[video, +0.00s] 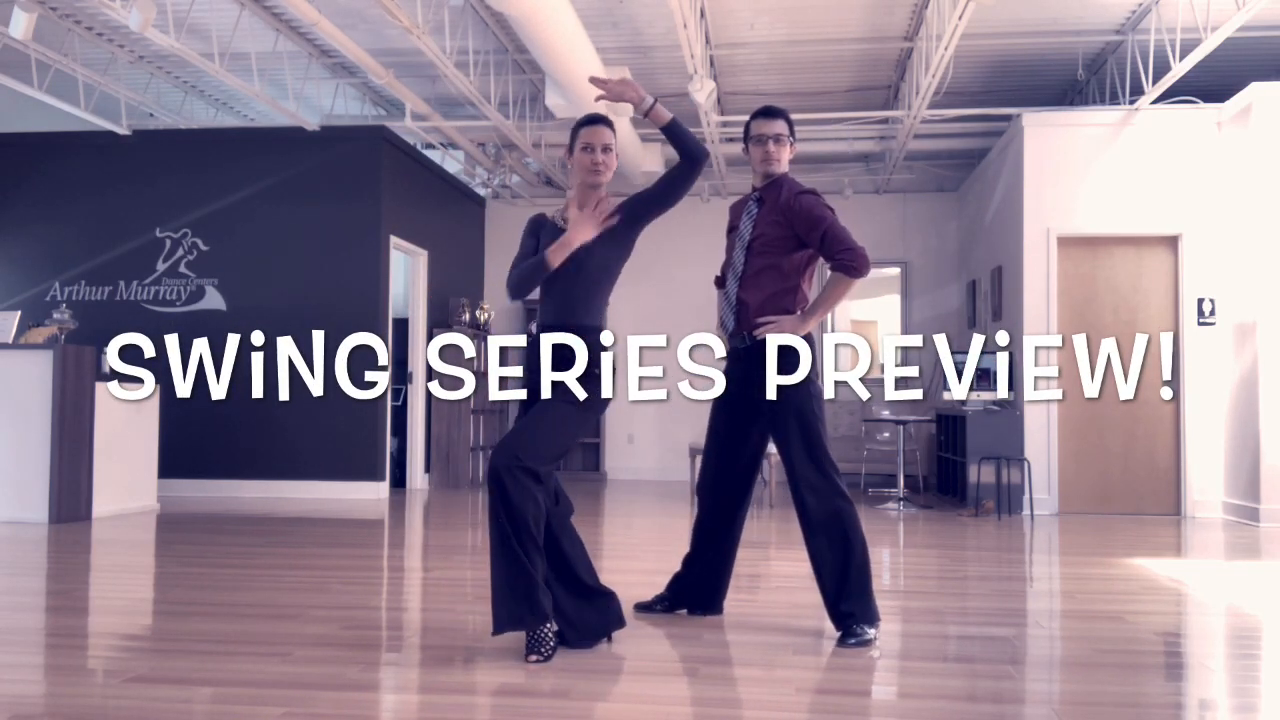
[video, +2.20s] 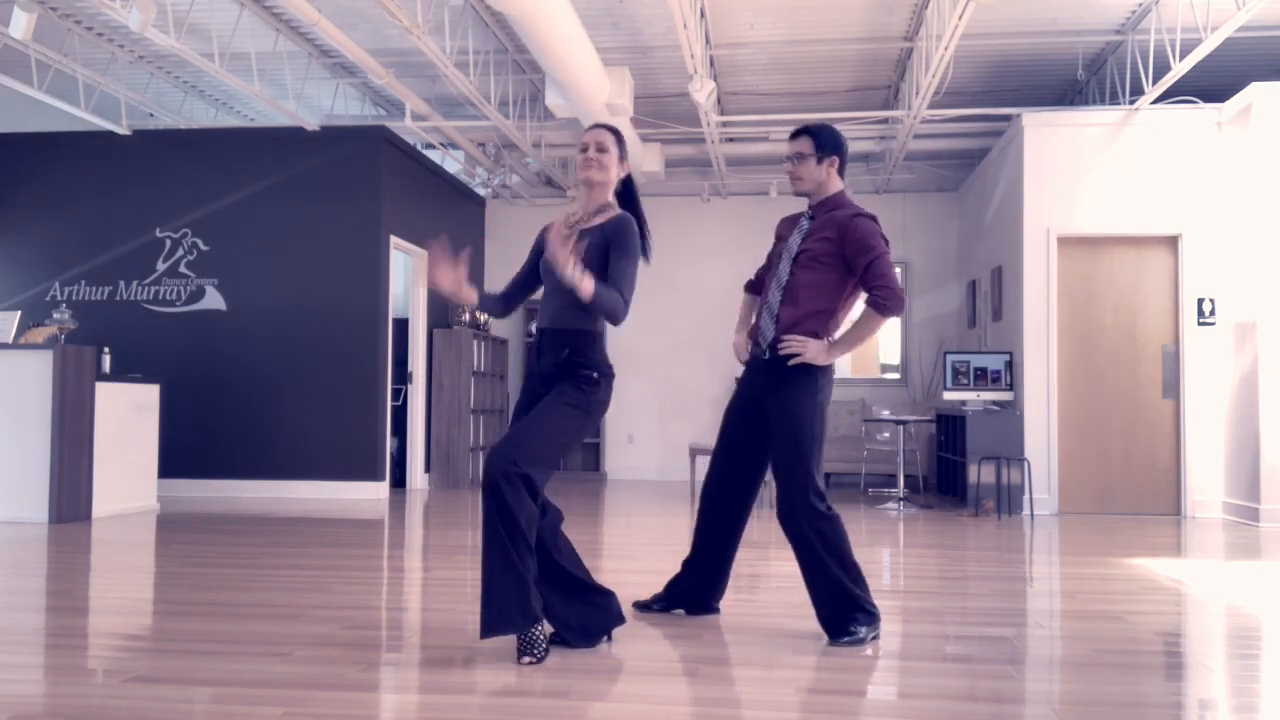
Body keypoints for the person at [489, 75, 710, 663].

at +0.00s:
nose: (597, 157)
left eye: (607, 149)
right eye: (588, 148)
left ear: (616, 160)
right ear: (568, 157)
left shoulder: (626, 215)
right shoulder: (545, 225)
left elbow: (694, 159)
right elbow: (516, 287)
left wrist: (644, 101)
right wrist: (566, 244)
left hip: (583, 368)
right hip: (538, 367)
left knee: (510, 464)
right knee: (539, 487)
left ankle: (537, 614)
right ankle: (588, 607)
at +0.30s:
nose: (598, 158)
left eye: (607, 151)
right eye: (589, 149)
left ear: (615, 162)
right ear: (569, 157)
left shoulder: (622, 216)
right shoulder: (539, 227)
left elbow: (671, 226)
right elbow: (519, 303)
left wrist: (666, 177)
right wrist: (527, 325)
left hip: (595, 369)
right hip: (547, 368)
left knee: (512, 466)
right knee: (533, 490)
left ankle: (535, 615)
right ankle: (587, 609)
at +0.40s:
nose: (600, 154)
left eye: (609, 145)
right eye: (590, 145)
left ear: (620, 153)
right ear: (572, 152)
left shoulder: (630, 212)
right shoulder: (546, 218)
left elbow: (613, 279)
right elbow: (516, 279)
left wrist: (595, 218)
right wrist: (488, 313)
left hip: (600, 361)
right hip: (547, 359)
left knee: (532, 459)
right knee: (533, 476)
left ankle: (540, 614)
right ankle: (588, 606)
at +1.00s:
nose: (598, 146)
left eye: (608, 138)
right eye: (589, 138)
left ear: (625, 150)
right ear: (577, 148)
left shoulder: (633, 213)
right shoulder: (560, 214)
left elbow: (632, 294)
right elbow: (499, 277)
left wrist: (567, 258)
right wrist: (493, 236)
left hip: (604, 361)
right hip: (554, 359)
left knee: (539, 452)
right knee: (547, 480)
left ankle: (538, 617)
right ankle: (588, 608)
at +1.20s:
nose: (583, 147)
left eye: (596, 138)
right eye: (578, 140)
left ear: (623, 155)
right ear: (573, 155)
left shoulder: (636, 213)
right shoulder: (563, 222)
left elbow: (617, 238)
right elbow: (489, 226)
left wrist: (607, 184)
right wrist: (525, 166)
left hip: (599, 372)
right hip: (554, 371)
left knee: (528, 459)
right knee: (541, 486)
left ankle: (535, 616)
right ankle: (588, 609)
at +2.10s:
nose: (596, 167)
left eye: (609, 160)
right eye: (591, 160)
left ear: (633, 179)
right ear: (583, 177)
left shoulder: (633, 236)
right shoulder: (559, 241)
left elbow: (600, 266)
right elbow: (483, 269)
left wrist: (603, 211)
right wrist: (489, 218)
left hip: (577, 386)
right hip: (533, 380)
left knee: (499, 469)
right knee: (518, 497)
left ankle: (528, 619)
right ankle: (586, 611)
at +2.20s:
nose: (591, 157)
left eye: (602, 150)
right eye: (585, 149)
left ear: (622, 167)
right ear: (577, 162)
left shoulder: (622, 226)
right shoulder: (556, 231)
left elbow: (618, 309)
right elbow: (505, 302)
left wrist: (569, 270)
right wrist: (460, 288)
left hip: (584, 374)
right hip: (542, 372)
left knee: (505, 468)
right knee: (520, 491)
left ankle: (527, 617)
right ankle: (588, 611)